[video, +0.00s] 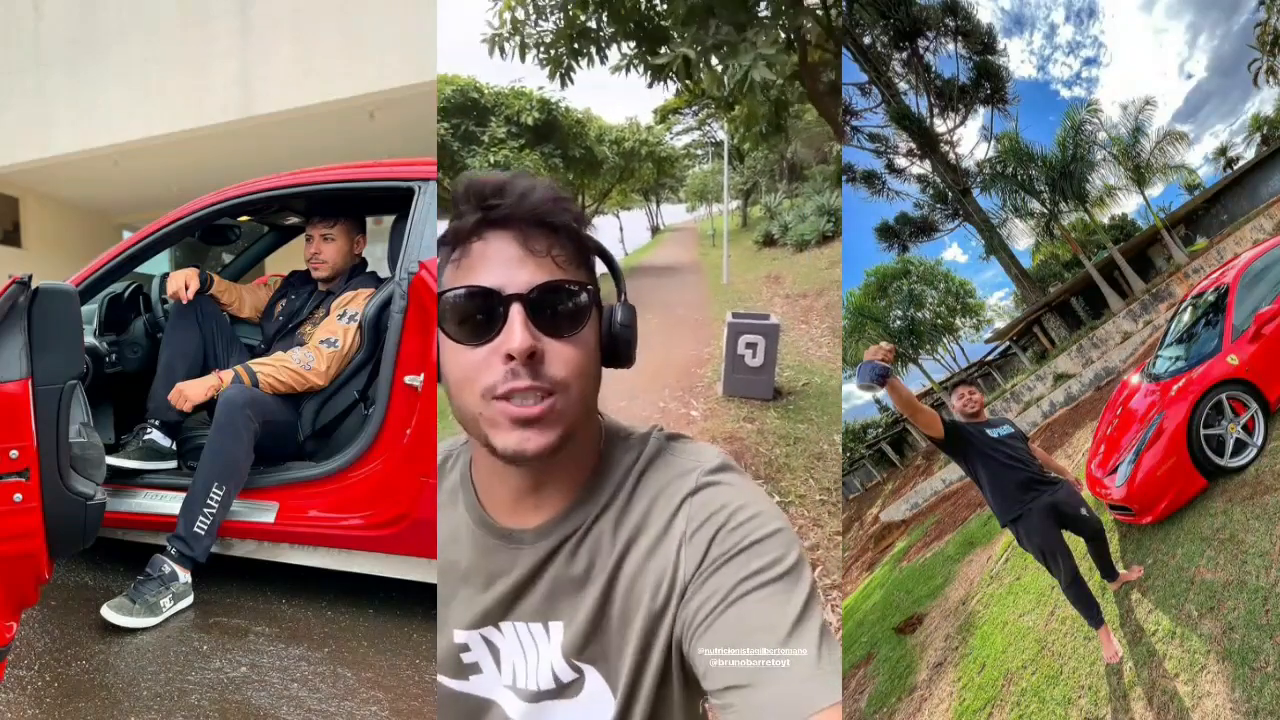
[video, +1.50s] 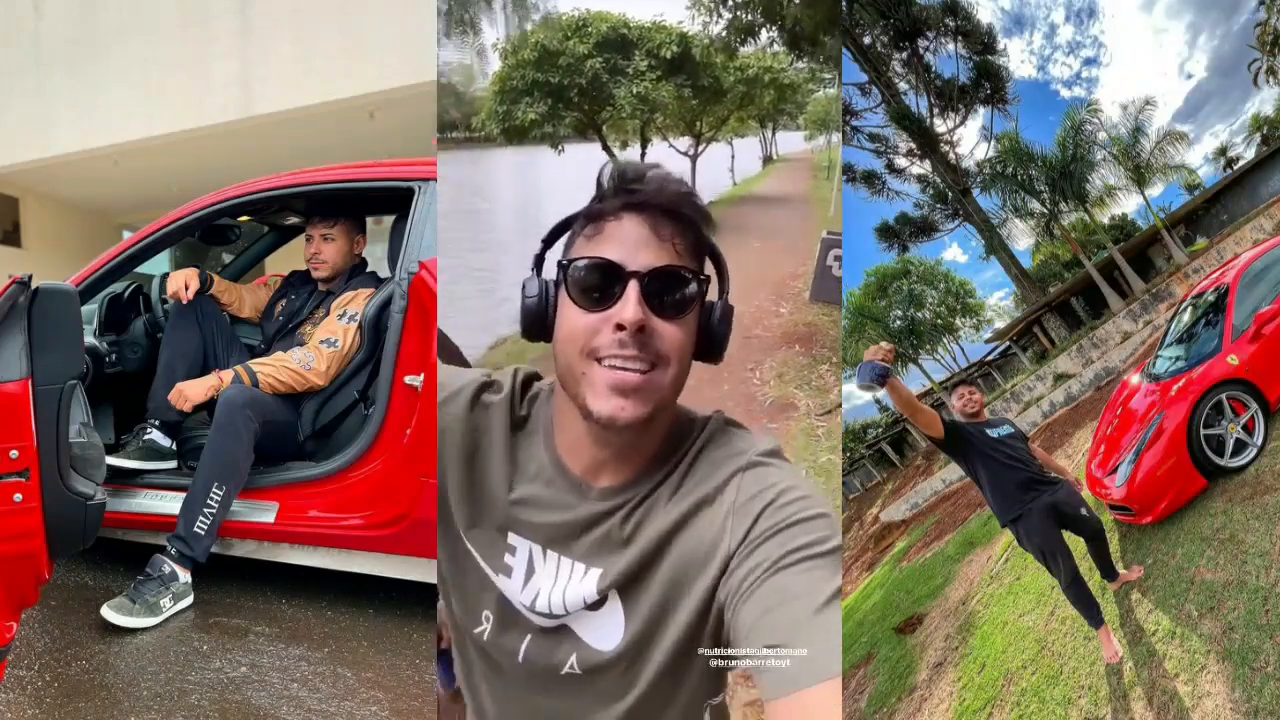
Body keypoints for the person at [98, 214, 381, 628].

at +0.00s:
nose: (314, 249)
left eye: (328, 239)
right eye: (310, 239)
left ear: (358, 245)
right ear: (305, 244)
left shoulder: (362, 296)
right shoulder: (291, 286)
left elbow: (315, 367)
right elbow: (244, 299)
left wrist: (220, 380)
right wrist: (201, 279)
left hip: (314, 412)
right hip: (262, 386)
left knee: (239, 402)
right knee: (196, 302)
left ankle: (177, 567)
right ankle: (161, 433)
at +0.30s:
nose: (315, 249)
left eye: (328, 239)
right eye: (310, 239)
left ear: (358, 245)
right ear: (305, 244)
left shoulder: (362, 296)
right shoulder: (291, 286)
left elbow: (315, 367)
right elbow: (244, 299)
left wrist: (220, 380)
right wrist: (201, 279)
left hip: (314, 411)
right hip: (262, 386)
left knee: (238, 402)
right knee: (196, 302)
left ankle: (177, 567)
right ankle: (161, 433)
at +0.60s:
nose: (314, 249)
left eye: (328, 239)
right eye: (310, 239)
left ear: (358, 245)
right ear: (305, 244)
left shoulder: (362, 297)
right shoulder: (291, 286)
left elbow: (315, 367)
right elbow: (242, 299)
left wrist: (220, 380)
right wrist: (201, 279)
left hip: (314, 412)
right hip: (261, 386)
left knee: (238, 402)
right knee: (195, 302)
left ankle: (176, 567)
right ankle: (160, 433)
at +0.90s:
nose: (314, 249)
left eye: (328, 239)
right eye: (310, 239)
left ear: (358, 245)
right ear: (305, 244)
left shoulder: (362, 297)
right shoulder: (291, 286)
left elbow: (315, 367)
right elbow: (242, 299)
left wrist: (220, 380)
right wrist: (201, 279)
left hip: (314, 412)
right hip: (261, 386)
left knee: (238, 402)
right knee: (195, 302)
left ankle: (176, 567)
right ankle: (160, 433)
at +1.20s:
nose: (314, 249)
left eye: (328, 239)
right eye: (310, 239)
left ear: (358, 245)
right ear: (305, 244)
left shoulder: (362, 297)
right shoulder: (291, 286)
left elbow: (315, 367)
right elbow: (242, 299)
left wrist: (220, 380)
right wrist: (201, 279)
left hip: (314, 412)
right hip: (261, 386)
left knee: (238, 402)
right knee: (195, 302)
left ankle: (176, 567)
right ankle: (160, 433)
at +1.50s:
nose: (314, 249)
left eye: (328, 239)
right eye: (310, 239)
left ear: (358, 245)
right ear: (305, 244)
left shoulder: (362, 297)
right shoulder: (291, 286)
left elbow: (315, 367)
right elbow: (242, 299)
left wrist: (220, 380)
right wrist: (201, 279)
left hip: (314, 412)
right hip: (260, 386)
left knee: (238, 402)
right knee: (195, 302)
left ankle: (176, 567)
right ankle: (160, 433)